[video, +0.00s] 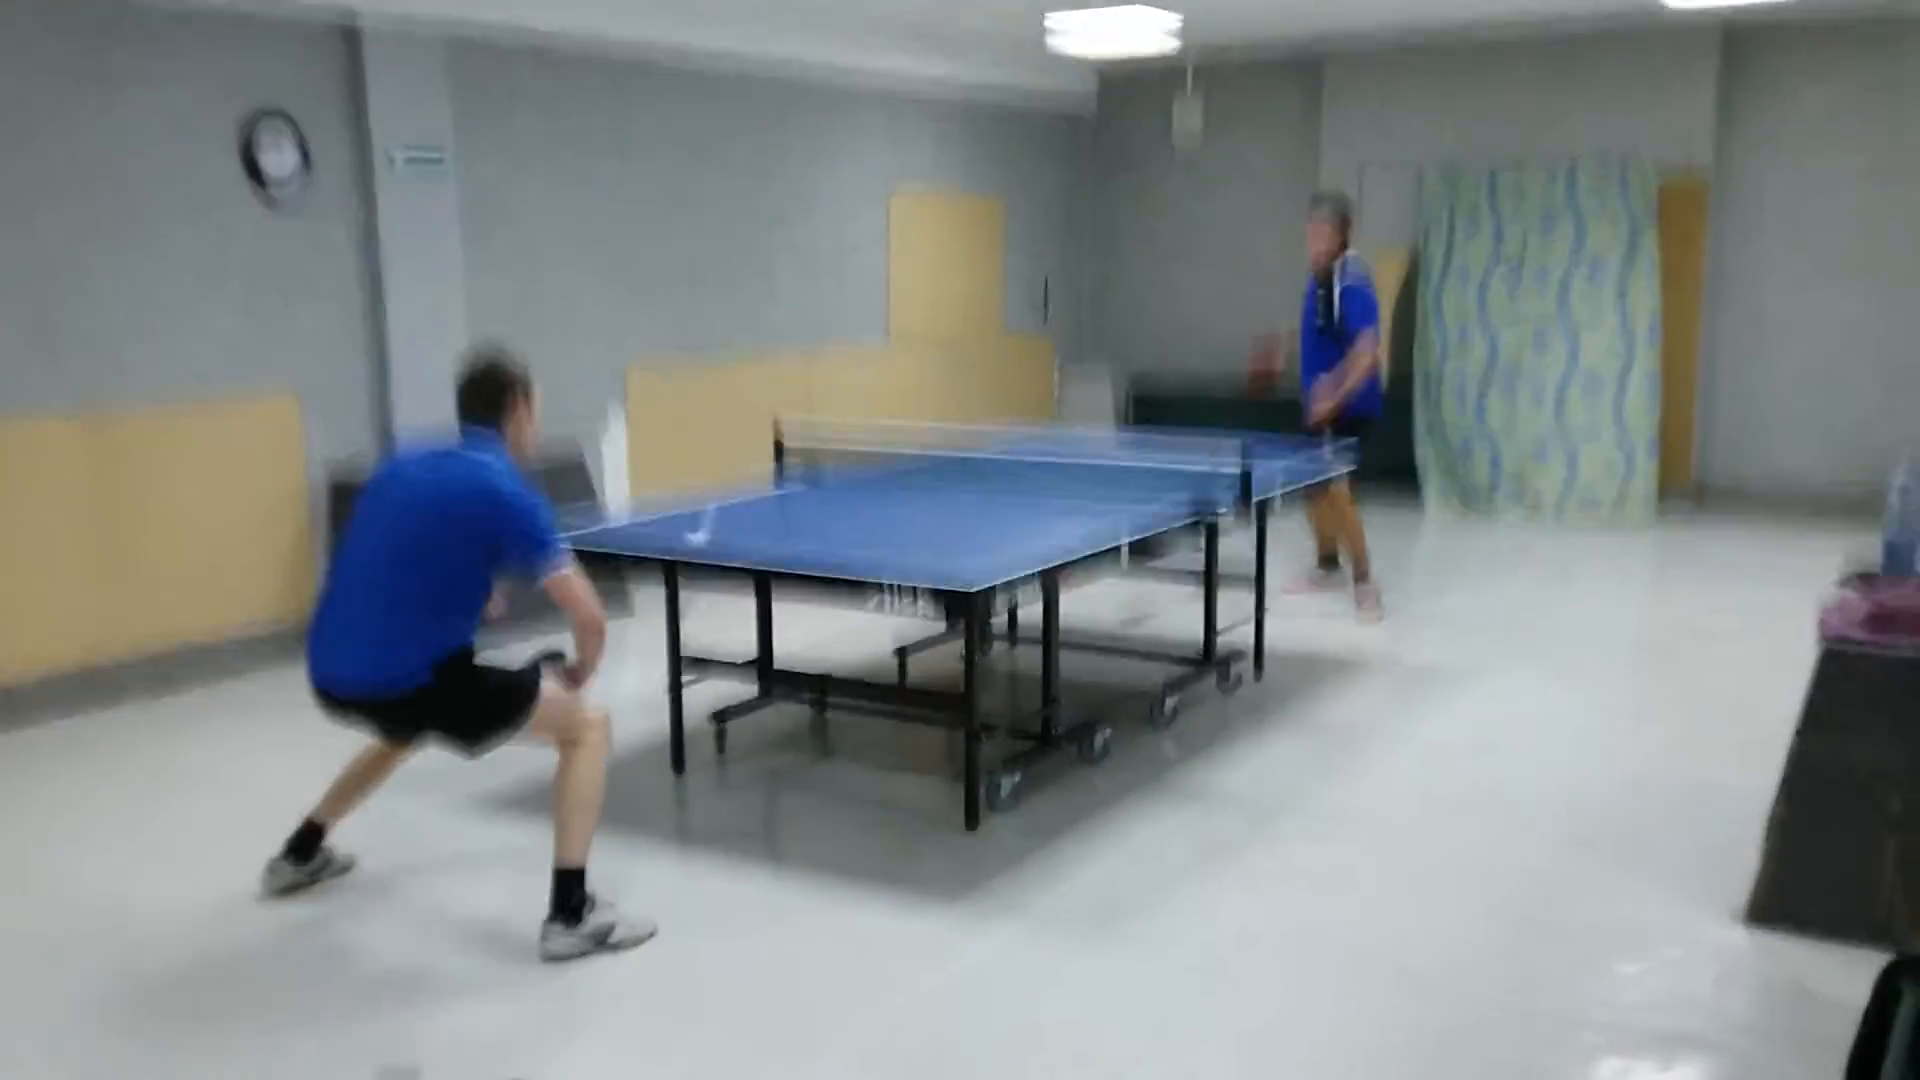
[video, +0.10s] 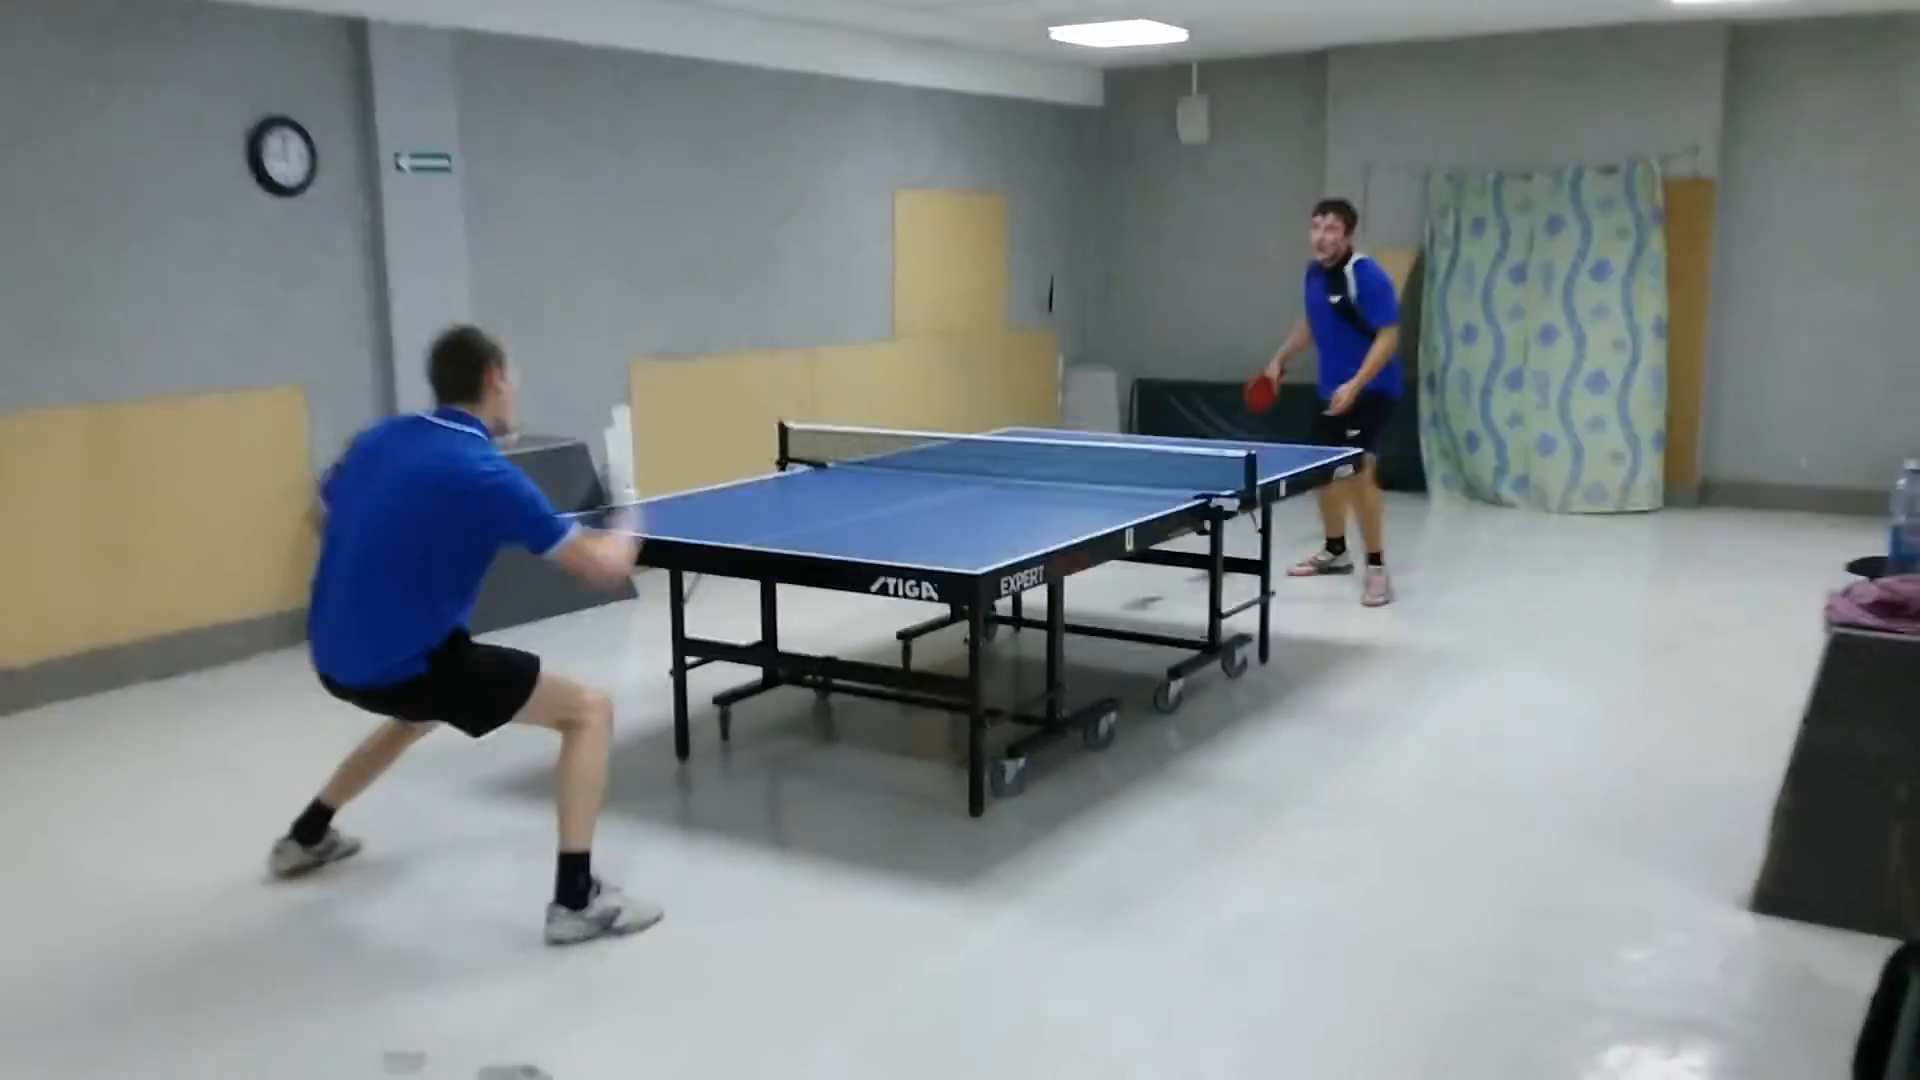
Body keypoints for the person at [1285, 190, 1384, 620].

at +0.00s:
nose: (1315, 240)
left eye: (1323, 231)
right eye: (1311, 230)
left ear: (1342, 234)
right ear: (1306, 235)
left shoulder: (1351, 280)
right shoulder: (1319, 278)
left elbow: (1366, 348)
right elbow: (1316, 337)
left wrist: (1334, 392)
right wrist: (1284, 357)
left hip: (1347, 399)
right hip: (1319, 394)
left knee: (1337, 487)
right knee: (1314, 485)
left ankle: (1362, 580)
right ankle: (1326, 565)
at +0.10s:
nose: (1322, 235)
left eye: (1331, 229)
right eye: (1317, 227)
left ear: (1347, 235)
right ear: (1310, 233)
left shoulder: (1367, 275)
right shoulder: (1314, 276)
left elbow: (1389, 336)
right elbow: (1311, 325)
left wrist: (1355, 384)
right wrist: (1279, 359)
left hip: (1371, 388)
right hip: (1331, 388)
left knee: (1358, 470)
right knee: (1323, 468)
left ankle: (1374, 566)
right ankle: (1334, 551)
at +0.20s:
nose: (1332, 239)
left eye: (1341, 231)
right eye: (1327, 230)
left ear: (1359, 233)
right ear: (1320, 233)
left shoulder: (1385, 269)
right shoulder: (1316, 273)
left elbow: (1411, 320)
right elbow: (1297, 317)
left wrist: (1385, 374)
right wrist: (1283, 361)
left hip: (1392, 375)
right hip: (1345, 377)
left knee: (1392, 453)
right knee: (1336, 457)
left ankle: (1415, 549)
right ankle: (1339, 538)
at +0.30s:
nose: (1321, 252)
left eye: (1331, 244)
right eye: (1317, 243)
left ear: (1349, 249)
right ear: (1310, 247)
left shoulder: (1377, 280)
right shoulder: (1306, 288)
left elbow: (1416, 324)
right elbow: (1280, 329)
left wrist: (1398, 383)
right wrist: (1277, 368)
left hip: (1387, 387)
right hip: (1339, 390)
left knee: (1402, 462)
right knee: (1314, 464)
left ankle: (1442, 551)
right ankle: (1311, 542)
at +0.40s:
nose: (1339, 276)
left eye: (1348, 268)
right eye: (1335, 266)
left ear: (1366, 271)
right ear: (1327, 269)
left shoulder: (1396, 302)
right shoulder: (1318, 312)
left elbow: (1437, 345)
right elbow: (1289, 357)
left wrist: (1428, 401)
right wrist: (1301, 395)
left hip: (1401, 415)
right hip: (1346, 416)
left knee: (1427, 484)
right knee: (1318, 480)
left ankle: (1474, 569)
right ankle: (1313, 554)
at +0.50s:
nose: (1353, 300)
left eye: (1362, 292)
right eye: (1349, 292)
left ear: (1381, 295)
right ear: (1343, 294)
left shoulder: (1419, 320)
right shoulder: (1337, 333)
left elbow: (1457, 364)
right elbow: (1304, 384)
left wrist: (1458, 418)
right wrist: (1324, 412)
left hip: (1424, 422)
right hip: (1369, 423)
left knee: (1448, 488)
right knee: (1317, 477)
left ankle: (1484, 574)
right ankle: (1313, 541)